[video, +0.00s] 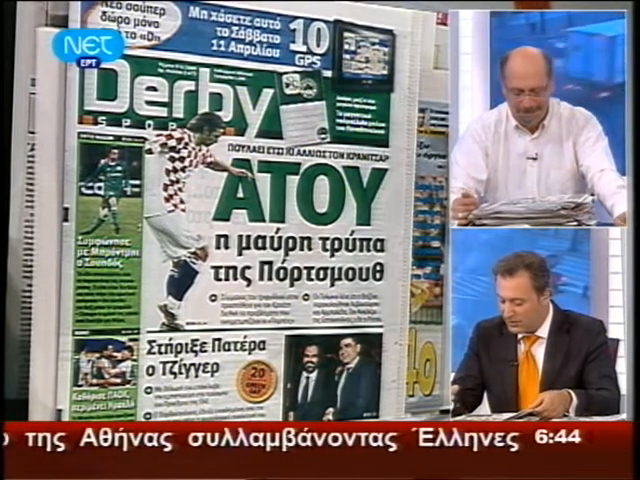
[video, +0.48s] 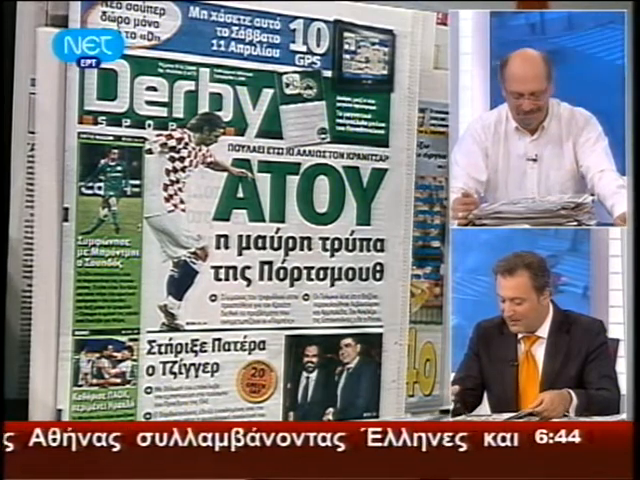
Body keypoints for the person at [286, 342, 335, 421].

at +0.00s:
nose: (310, 360)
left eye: (314, 356)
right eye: (307, 356)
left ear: (320, 359)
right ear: (302, 358)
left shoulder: (326, 377)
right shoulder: (296, 375)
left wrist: (330, 411)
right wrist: (291, 412)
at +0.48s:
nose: (310, 360)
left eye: (314, 356)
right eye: (307, 356)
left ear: (320, 359)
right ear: (302, 358)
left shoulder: (326, 377)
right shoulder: (295, 375)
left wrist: (330, 411)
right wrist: (290, 412)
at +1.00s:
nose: (310, 360)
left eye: (314, 356)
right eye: (307, 356)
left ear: (320, 359)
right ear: (302, 358)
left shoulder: (326, 377)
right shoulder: (295, 375)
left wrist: (330, 411)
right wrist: (290, 413)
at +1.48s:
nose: (310, 360)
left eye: (314, 356)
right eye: (307, 356)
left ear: (320, 359)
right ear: (302, 358)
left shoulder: (326, 377)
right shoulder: (296, 375)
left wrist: (330, 411)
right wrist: (291, 412)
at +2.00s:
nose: (310, 360)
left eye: (314, 356)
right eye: (307, 356)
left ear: (320, 359)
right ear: (303, 358)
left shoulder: (326, 376)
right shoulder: (296, 375)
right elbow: (291, 397)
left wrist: (330, 411)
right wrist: (291, 412)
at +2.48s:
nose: (310, 360)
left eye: (314, 356)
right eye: (307, 356)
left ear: (320, 359)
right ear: (303, 358)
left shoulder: (326, 377)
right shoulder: (296, 375)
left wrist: (330, 411)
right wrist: (290, 413)